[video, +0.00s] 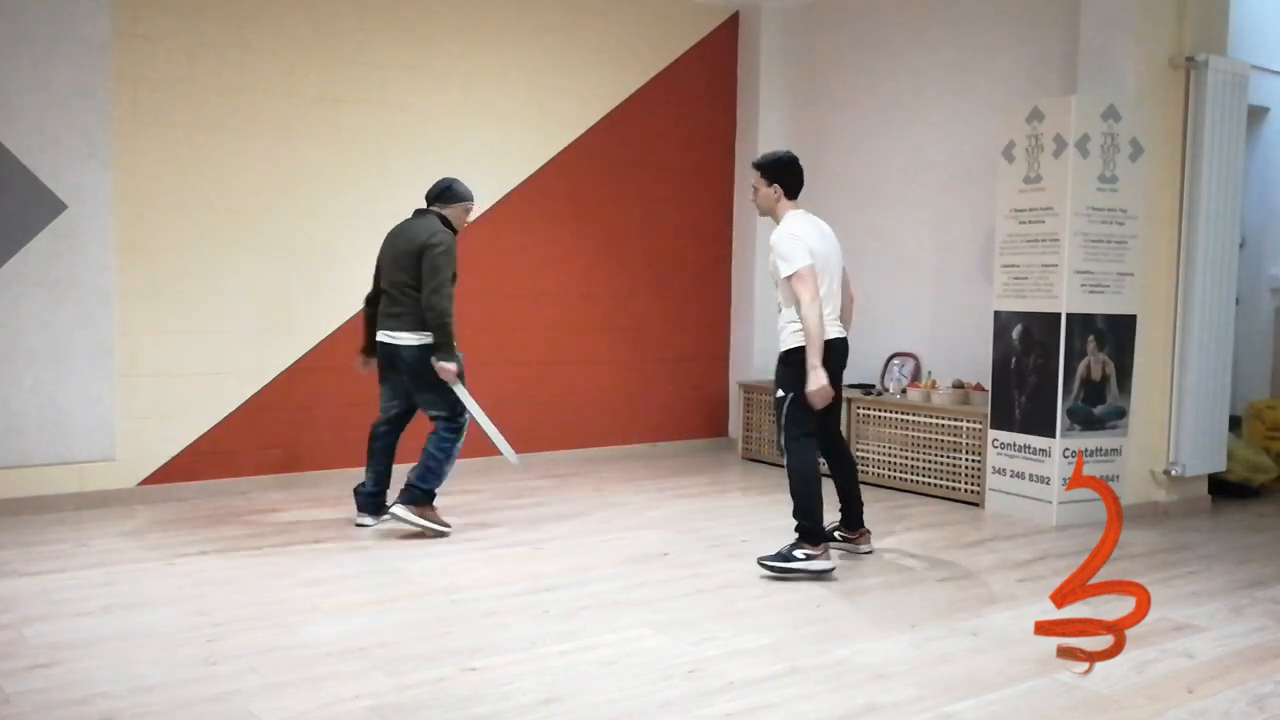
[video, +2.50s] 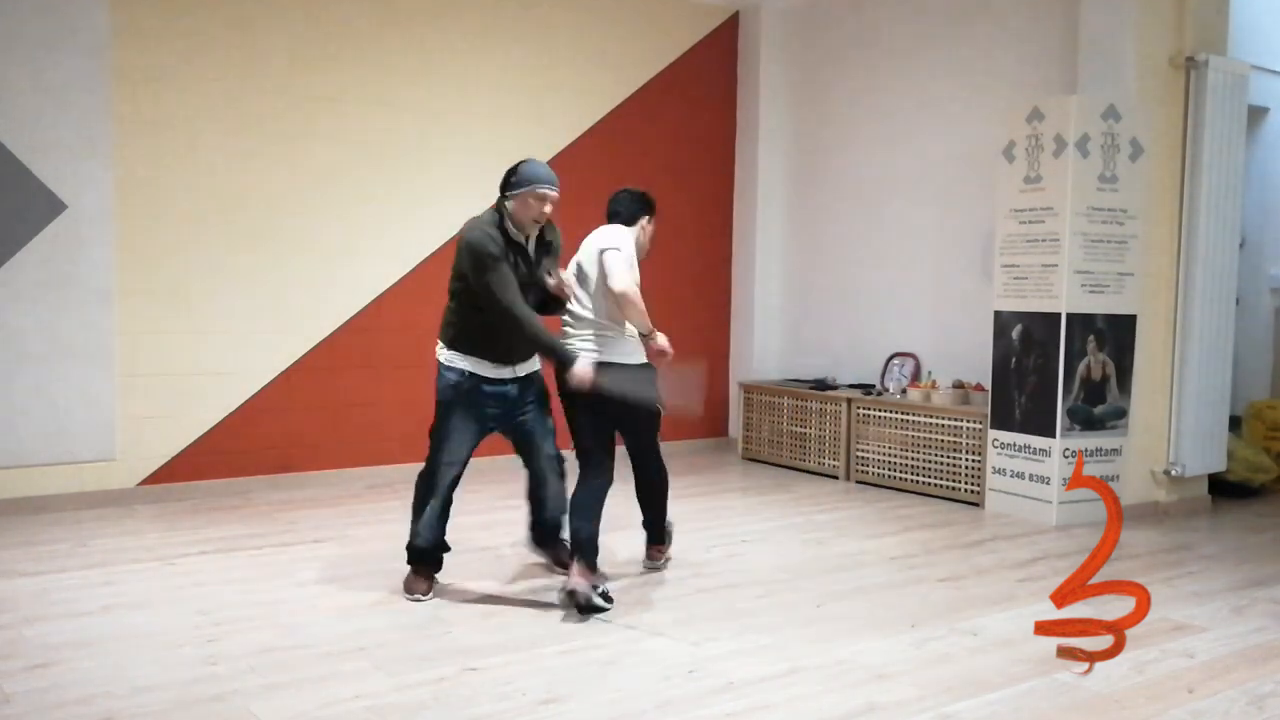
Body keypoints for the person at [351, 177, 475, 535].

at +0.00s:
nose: (469, 219)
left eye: (470, 212)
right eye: (467, 212)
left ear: (434, 205)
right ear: (449, 208)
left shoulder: (399, 232)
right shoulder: (440, 238)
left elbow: (377, 292)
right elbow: (436, 298)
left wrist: (370, 342)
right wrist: (445, 353)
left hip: (388, 345)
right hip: (420, 347)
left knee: (391, 418)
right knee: (453, 418)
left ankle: (370, 503)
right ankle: (417, 499)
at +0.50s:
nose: (497, 219)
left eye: (498, 212)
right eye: (492, 211)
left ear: (472, 213)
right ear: (471, 212)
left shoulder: (461, 243)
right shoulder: (454, 250)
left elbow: (477, 297)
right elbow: (448, 311)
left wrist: (513, 315)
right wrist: (451, 364)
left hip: (461, 347)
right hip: (468, 350)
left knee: (454, 413)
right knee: (476, 422)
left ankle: (403, 469)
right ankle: (462, 492)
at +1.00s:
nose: (539, 217)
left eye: (542, 210)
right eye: (531, 210)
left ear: (545, 213)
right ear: (512, 213)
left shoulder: (538, 248)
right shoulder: (489, 250)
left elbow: (542, 303)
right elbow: (477, 304)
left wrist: (569, 336)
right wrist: (502, 352)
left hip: (536, 352)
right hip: (499, 353)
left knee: (556, 416)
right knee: (501, 421)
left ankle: (553, 489)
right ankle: (472, 483)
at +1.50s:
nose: (546, 229)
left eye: (551, 223)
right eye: (539, 223)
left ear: (558, 227)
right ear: (523, 226)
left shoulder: (560, 263)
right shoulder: (508, 260)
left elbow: (574, 309)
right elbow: (531, 283)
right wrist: (568, 280)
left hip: (547, 364)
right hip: (505, 363)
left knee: (560, 432)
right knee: (503, 439)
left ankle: (550, 491)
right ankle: (496, 524)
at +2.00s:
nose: (512, 200)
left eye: (519, 191)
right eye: (503, 193)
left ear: (529, 197)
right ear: (489, 201)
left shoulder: (559, 246)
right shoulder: (476, 252)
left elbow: (591, 301)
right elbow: (430, 289)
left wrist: (584, 362)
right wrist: (403, 244)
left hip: (550, 372)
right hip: (497, 372)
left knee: (561, 452)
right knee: (490, 452)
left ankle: (571, 529)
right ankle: (501, 535)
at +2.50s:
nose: (547, 210)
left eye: (552, 202)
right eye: (539, 200)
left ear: (552, 204)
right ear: (512, 197)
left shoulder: (547, 238)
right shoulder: (480, 238)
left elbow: (540, 302)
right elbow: (515, 311)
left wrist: (555, 294)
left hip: (523, 378)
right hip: (467, 377)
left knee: (548, 463)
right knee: (443, 472)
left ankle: (549, 538)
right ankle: (423, 564)